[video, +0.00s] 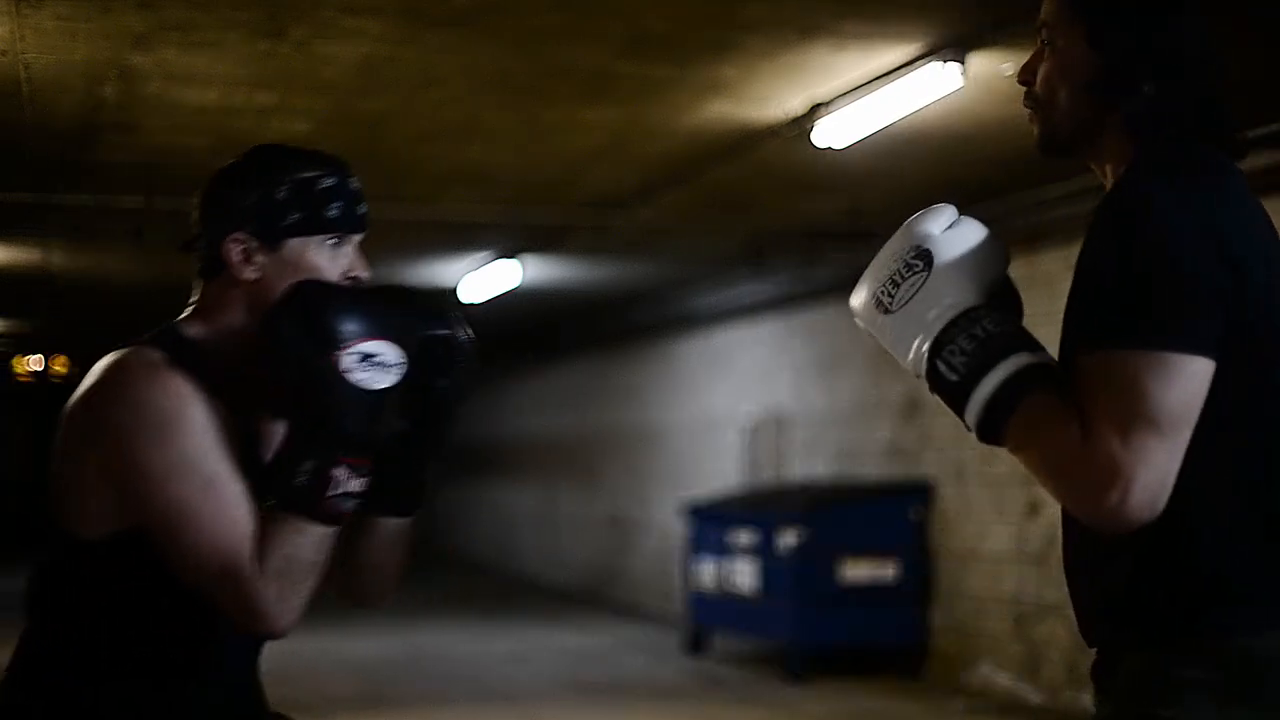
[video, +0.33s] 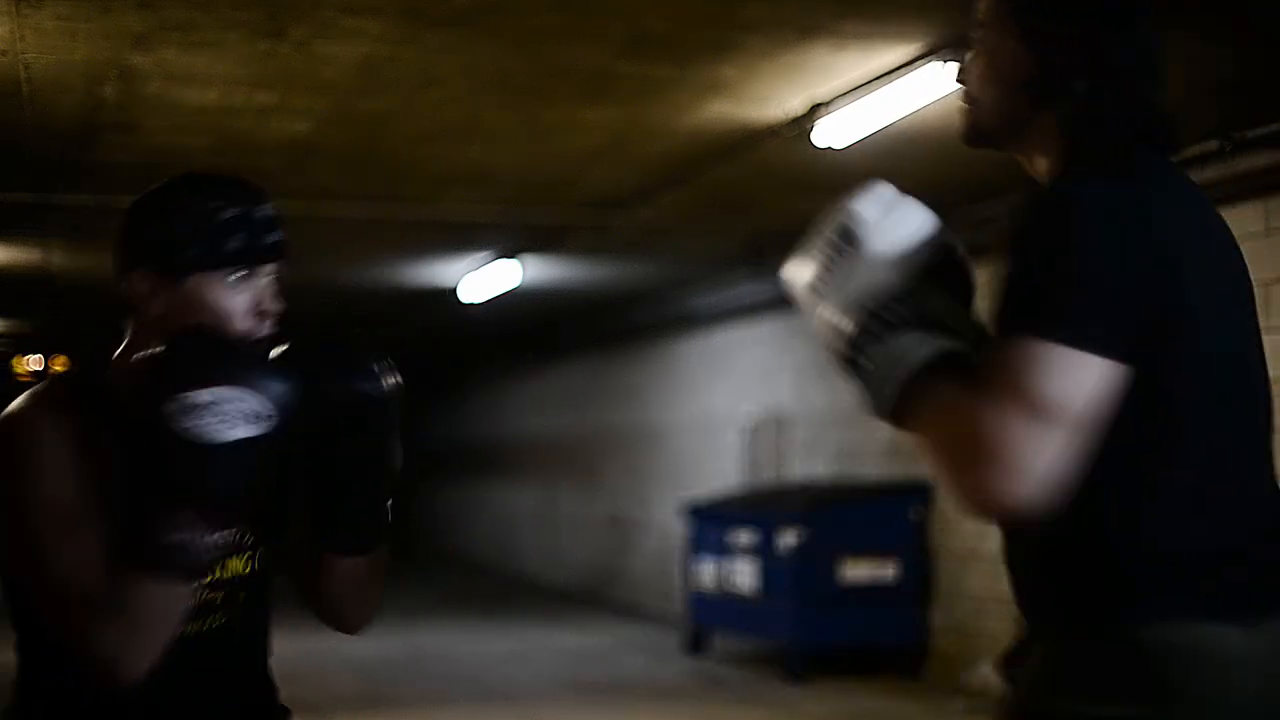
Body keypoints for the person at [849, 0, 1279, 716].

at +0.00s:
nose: (1025, 76)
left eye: (1049, 46)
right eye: (1037, 48)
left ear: (1123, 62)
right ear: (1132, 66)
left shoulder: (1172, 212)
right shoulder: (1193, 204)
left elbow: (1120, 482)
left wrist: (965, 343)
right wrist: (992, 336)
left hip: (1197, 673)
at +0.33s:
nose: (964, 67)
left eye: (985, 43)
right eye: (973, 44)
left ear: (1053, 55)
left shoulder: (1098, 211)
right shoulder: (1160, 201)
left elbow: (1012, 467)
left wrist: (886, 335)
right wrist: (947, 322)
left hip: (1140, 660)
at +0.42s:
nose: (939, 55)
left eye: (957, 33)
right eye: (947, 33)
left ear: (1015, 47)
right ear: (1094, 50)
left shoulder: (1006, 199)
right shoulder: (1190, 198)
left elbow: (854, 391)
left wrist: (755, 319)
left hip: (1088, 629)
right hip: (1247, 612)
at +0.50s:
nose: (924, 63)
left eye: (937, 41)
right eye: (932, 41)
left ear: (971, 53)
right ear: (1085, 56)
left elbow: (662, 278)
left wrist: (504, 261)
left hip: (1081, 641)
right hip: (1246, 617)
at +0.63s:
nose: (882, 47)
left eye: (900, 24)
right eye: (891, 24)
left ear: (936, 39)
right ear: (1045, 41)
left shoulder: (906, 166)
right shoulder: (1114, 174)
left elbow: (741, 387)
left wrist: (683, 359)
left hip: (1057, 639)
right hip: (1211, 609)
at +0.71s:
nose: (873, 51)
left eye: (894, 24)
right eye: (883, 25)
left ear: (955, 38)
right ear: (989, 41)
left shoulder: (979, 176)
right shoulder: (1049, 166)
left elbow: (894, 461)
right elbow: (884, 412)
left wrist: (799, 473)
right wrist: (712, 301)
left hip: (1080, 656)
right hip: (1171, 626)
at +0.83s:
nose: (903, 58)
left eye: (922, 26)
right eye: (913, 30)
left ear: (984, 41)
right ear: (1032, 49)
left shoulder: (1017, 184)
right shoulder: (1083, 177)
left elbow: (1024, 466)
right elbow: (971, 439)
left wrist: (861, 574)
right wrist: (787, 376)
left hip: (1099, 658)